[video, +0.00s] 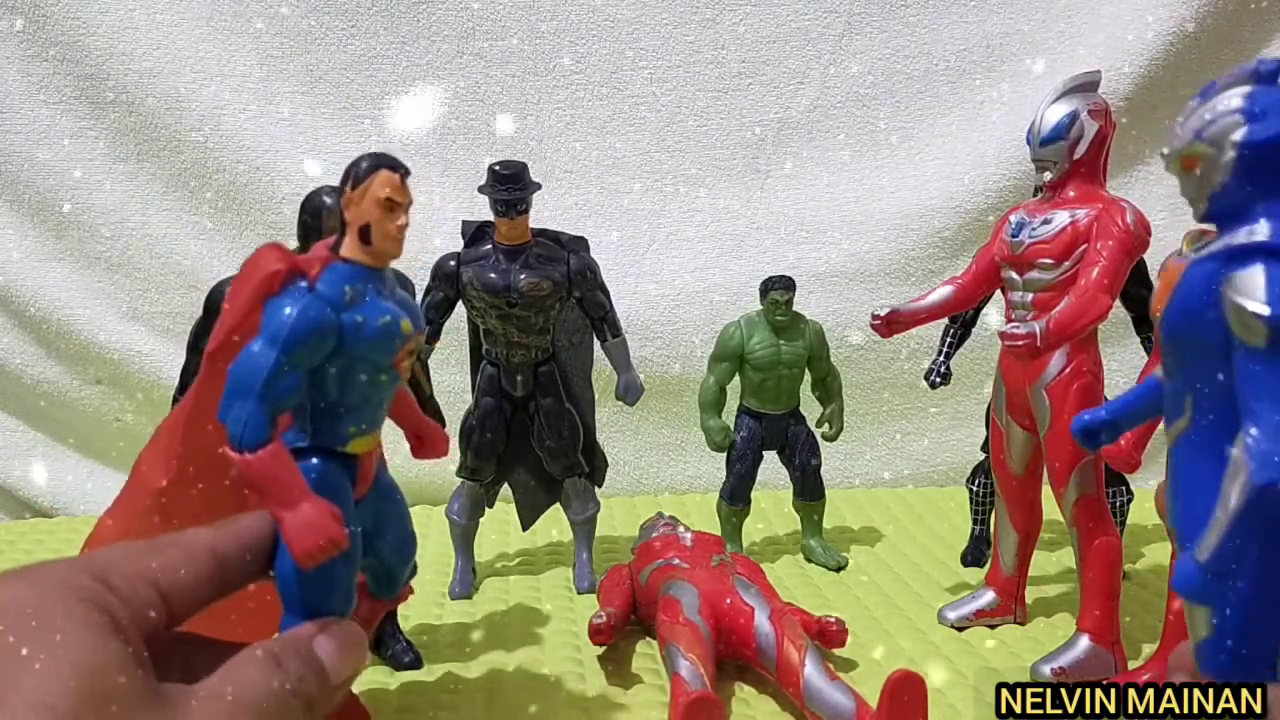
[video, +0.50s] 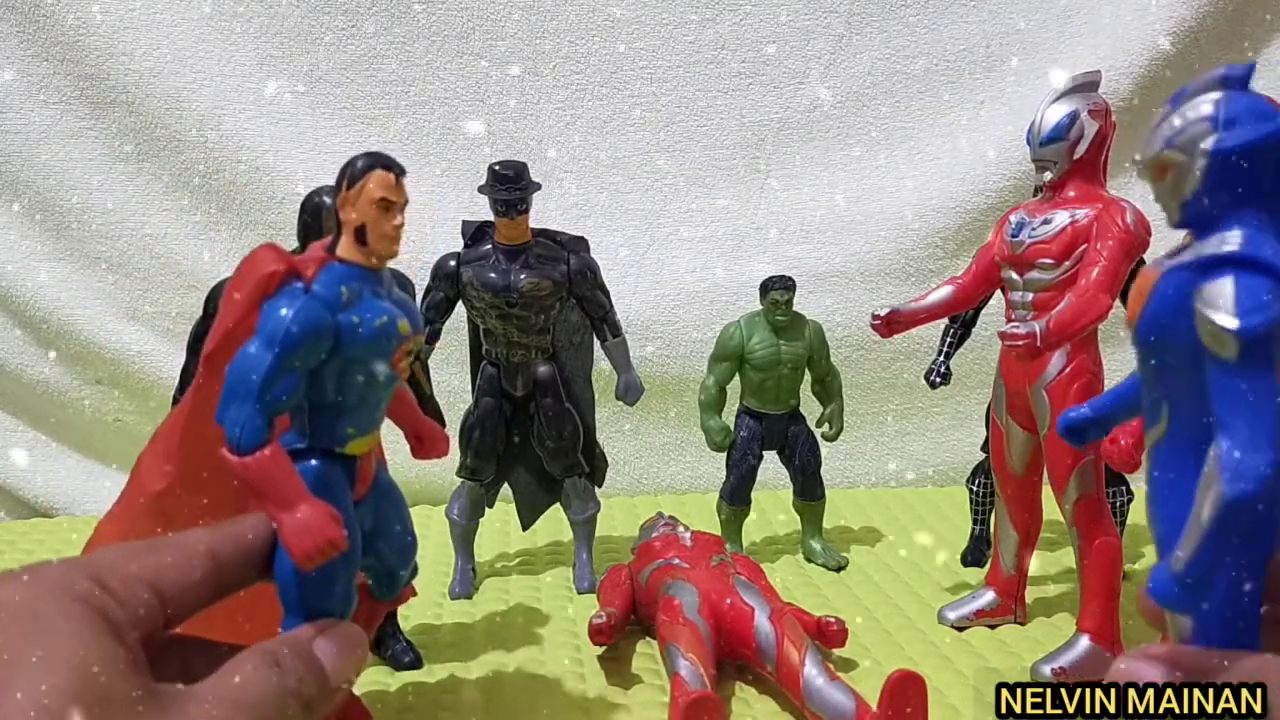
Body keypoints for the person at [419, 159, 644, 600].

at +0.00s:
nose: (510, 212)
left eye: (518, 204)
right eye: (502, 205)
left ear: (531, 203)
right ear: (490, 205)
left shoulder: (567, 259)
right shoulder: (462, 264)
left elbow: (603, 318)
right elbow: (427, 327)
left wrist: (626, 372)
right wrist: (407, 378)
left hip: (550, 377)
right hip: (493, 377)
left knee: (572, 469)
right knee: (476, 471)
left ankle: (584, 559)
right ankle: (463, 563)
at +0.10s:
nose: (513, 211)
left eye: (520, 203)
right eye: (504, 203)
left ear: (531, 202)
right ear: (490, 204)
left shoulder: (567, 258)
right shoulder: (462, 264)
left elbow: (603, 317)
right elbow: (426, 327)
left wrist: (626, 372)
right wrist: (406, 379)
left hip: (551, 376)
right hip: (493, 376)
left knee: (572, 468)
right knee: (476, 470)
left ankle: (584, 559)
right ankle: (463, 563)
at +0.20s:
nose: (517, 211)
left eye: (523, 203)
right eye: (508, 205)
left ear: (532, 203)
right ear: (493, 207)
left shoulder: (567, 258)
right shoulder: (461, 265)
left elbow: (603, 318)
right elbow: (426, 327)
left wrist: (626, 372)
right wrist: (406, 379)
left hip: (550, 376)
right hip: (493, 376)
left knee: (572, 468)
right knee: (477, 471)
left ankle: (584, 559)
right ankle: (463, 563)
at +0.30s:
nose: (513, 211)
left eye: (520, 203)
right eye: (504, 204)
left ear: (531, 202)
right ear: (491, 205)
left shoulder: (567, 258)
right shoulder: (461, 264)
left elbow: (603, 317)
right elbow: (427, 327)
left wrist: (626, 372)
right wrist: (407, 379)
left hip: (550, 375)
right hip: (493, 375)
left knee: (571, 468)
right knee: (477, 470)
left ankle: (584, 559)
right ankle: (463, 562)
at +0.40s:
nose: (514, 212)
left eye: (520, 203)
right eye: (504, 204)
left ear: (531, 202)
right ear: (491, 205)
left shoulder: (567, 258)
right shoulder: (461, 264)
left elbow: (604, 318)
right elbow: (427, 326)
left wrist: (626, 372)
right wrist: (406, 376)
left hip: (550, 376)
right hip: (493, 376)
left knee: (572, 469)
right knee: (477, 471)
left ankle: (584, 559)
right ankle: (463, 562)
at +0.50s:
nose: (514, 213)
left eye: (521, 204)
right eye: (505, 205)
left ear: (531, 203)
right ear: (491, 206)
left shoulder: (567, 258)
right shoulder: (462, 264)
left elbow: (604, 318)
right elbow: (426, 326)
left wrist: (626, 372)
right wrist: (406, 377)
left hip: (550, 377)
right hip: (493, 376)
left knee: (572, 469)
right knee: (477, 471)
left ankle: (584, 559)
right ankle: (463, 562)